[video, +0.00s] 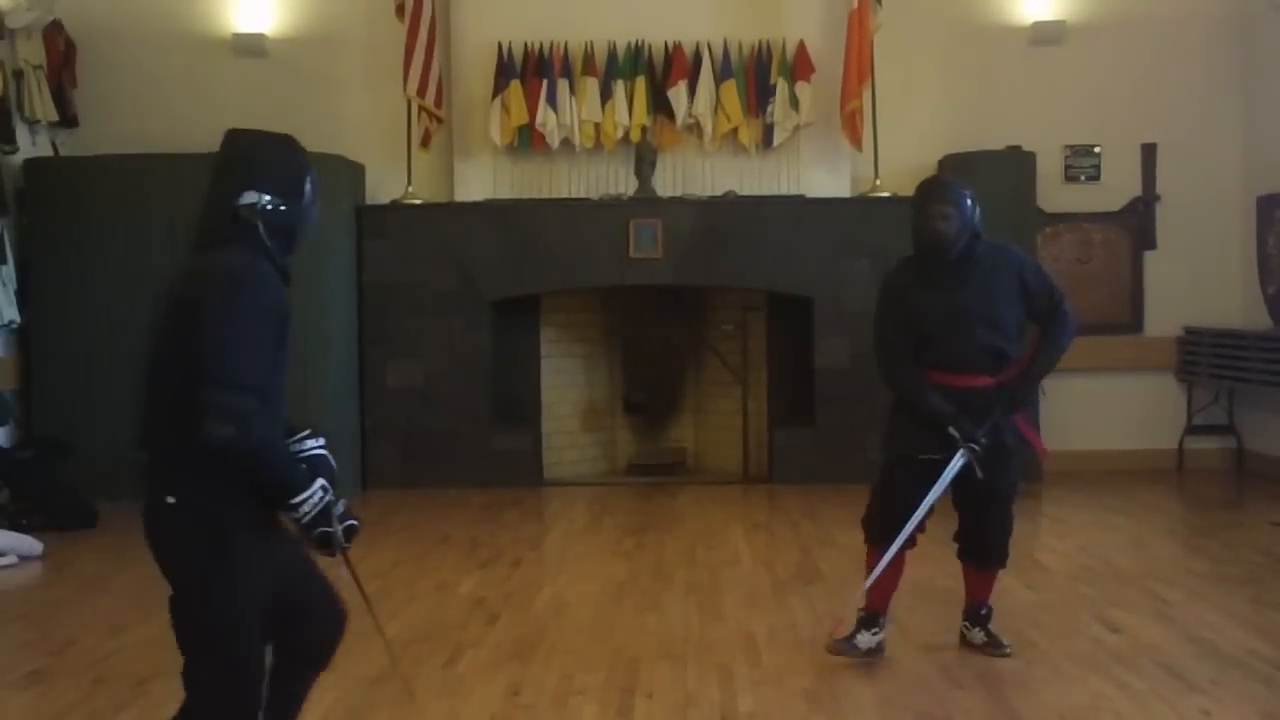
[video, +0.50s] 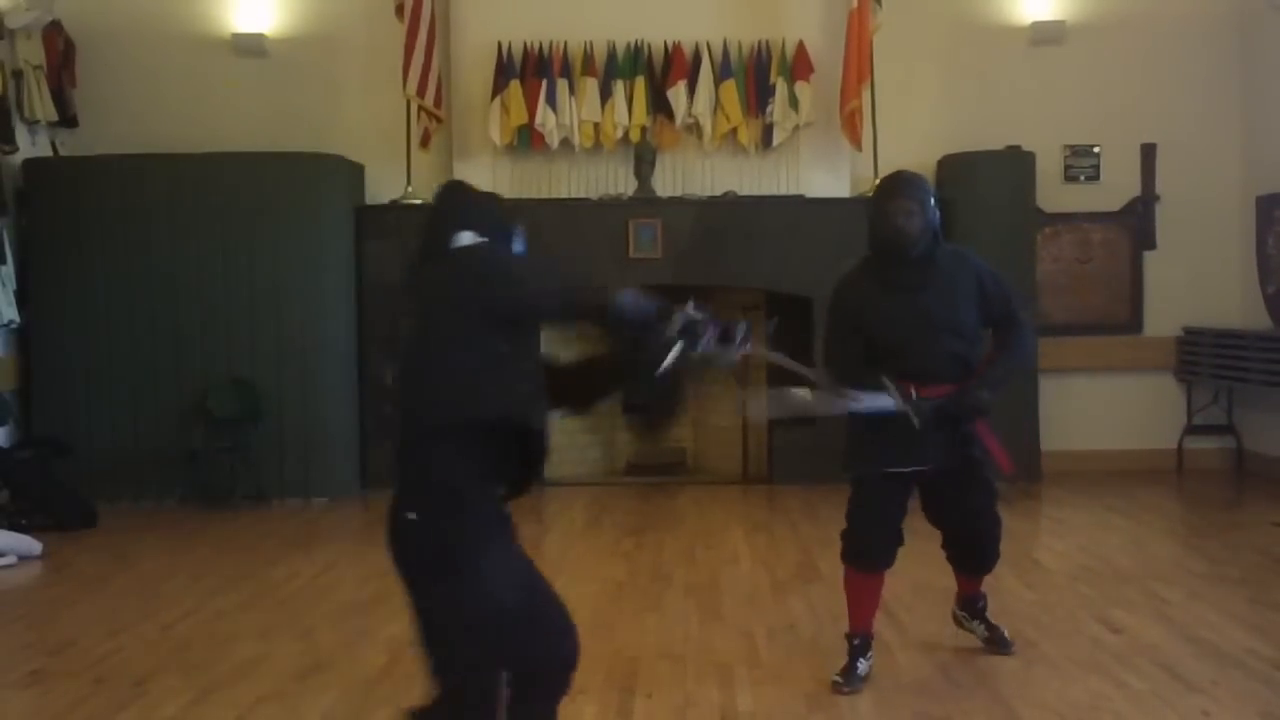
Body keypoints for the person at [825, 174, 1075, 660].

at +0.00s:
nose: (935, 227)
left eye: (946, 217)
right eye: (927, 217)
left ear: (970, 219)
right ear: (915, 221)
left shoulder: (1010, 267)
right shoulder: (903, 280)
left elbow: (1060, 323)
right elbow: (893, 362)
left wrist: (1018, 390)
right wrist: (949, 417)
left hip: (994, 410)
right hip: (924, 408)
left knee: (989, 521)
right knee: (889, 512)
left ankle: (976, 622)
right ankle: (871, 626)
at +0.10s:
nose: (930, 227)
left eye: (941, 217)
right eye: (922, 217)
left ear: (964, 220)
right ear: (910, 222)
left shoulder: (1000, 268)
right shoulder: (895, 282)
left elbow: (1054, 326)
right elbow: (886, 367)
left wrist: (1012, 393)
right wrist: (939, 420)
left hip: (986, 412)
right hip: (918, 412)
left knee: (986, 524)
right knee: (892, 519)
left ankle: (975, 624)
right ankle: (861, 632)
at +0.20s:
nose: (923, 231)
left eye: (933, 221)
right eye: (914, 222)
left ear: (956, 222)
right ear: (899, 226)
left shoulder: (989, 274)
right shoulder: (884, 286)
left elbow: (1041, 333)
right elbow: (871, 368)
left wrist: (995, 408)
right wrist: (924, 422)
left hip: (976, 419)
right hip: (906, 418)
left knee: (984, 524)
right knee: (889, 523)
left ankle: (976, 621)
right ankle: (863, 644)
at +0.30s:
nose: (912, 231)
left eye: (922, 221)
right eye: (902, 221)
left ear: (944, 224)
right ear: (886, 227)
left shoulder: (976, 277)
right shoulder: (870, 292)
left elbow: (1025, 338)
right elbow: (861, 375)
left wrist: (982, 414)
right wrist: (915, 428)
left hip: (965, 422)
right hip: (894, 421)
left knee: (977, 526)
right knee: (876, 528)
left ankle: (974, 620)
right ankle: (861, 649)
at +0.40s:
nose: (906, 229)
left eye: (916, 218)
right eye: (895, 218)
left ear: (936, 220)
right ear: (878, 224)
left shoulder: (968, 275)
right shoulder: (864, 287)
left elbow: (1020, 340)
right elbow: (846, 370)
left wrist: (972, 412)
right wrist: (895, 419)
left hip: (955, 418)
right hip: (884, 419)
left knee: (975, 525)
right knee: (870, 530)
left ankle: (972, 616)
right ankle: (860, 648)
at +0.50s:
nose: (900, 224)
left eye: (911, 214)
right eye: (891, 214)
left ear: (934, 217)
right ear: (874, 219)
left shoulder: (965, 274)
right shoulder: (857, 288)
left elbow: (1016, 333)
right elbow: (841, 365)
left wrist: (985, 387)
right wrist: (880, 389)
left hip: (952, 425)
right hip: (882, 429)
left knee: (976, 527)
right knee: (868, 535)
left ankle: (970, 610)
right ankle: (859, 647)